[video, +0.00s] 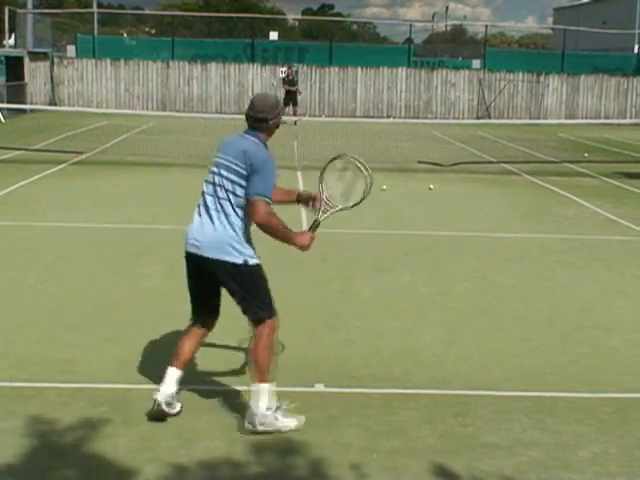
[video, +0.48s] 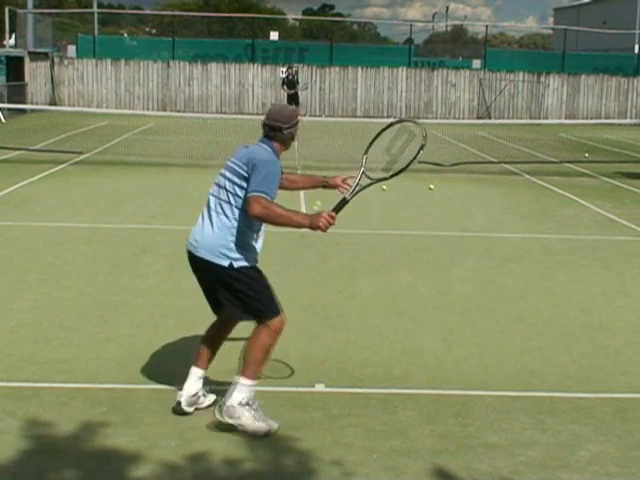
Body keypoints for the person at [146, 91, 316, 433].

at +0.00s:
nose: (279, 125)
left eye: (277, 120)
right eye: (278, 121)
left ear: (248, 119)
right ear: (274, 124)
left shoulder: (230, 145)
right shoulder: (261, 157)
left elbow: (256, 189)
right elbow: (260, 215)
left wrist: (301, 197)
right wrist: (294, 238)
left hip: (197, 246)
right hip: (231, 251)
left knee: (203, 319)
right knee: (265, 321)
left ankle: (165, 393)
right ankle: (261, 409)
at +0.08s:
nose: (277, 120)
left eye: (275, 115)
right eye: (277, 116)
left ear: (246, 115)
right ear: (273, 120)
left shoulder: (227, 142)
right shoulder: (258, 154)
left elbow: (259, 181)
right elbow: (251, 209)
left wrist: (307, 187)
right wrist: (291, 230)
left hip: (194, 243)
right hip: (225, 249)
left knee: (198, 317)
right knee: (257, 321)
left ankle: (153, 389)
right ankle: (245, 409)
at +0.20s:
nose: (279, 125)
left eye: (274, 119)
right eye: (278, 121)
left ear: (248, 118)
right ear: (276, 125)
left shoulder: (231, 144)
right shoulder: (253, 155)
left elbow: (270, 177)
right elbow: (248, 208)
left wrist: (315, 177)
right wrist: (298, 225)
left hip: (191, 245)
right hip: (220, 252)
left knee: (199, 320)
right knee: (254, 324)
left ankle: (153, 395)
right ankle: (234, 412)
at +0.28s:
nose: (282, 129)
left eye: (278, 123)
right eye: (282, 124)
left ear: (252, 122)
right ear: (279, 128)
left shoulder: (234, 148)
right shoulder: (258, 159)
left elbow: (273, 176)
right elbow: (251, 209)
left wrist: (315, 175)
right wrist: (303, 226)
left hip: (195, 247)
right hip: (221, 256)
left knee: (213, 313)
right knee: (242, 331)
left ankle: (167, 381)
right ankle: (217, 419)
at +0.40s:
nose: (291, 135)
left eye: (289, 129)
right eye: (290, 130)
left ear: (260, 128)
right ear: (285, 133)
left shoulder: (242, 152)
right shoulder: (265, 163)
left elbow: (274, 180)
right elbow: (257, 210)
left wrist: (318, 180)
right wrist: (309, 224)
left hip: (198, 248)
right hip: (224, 257)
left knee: (224, 312)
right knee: (254, 330)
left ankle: (193, 385)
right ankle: (220, 414)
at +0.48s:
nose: (296, 135)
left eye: (293, 129)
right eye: (296, 130)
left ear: (267, 128)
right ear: (291, 134)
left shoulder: (248, 152)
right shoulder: (267, 162)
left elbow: (283, 179)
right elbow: (256, 207)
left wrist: (328, 181)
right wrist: (308, 220)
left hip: (201, 249)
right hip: (228, 256)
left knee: (230, 314)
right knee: (272, 322)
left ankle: (192, 389)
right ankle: (239, 402)